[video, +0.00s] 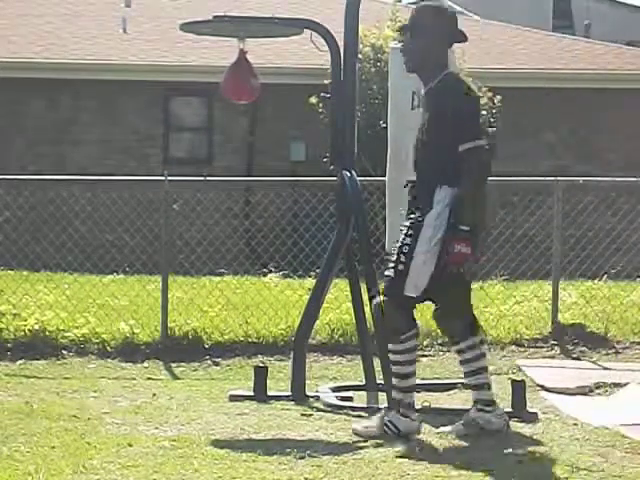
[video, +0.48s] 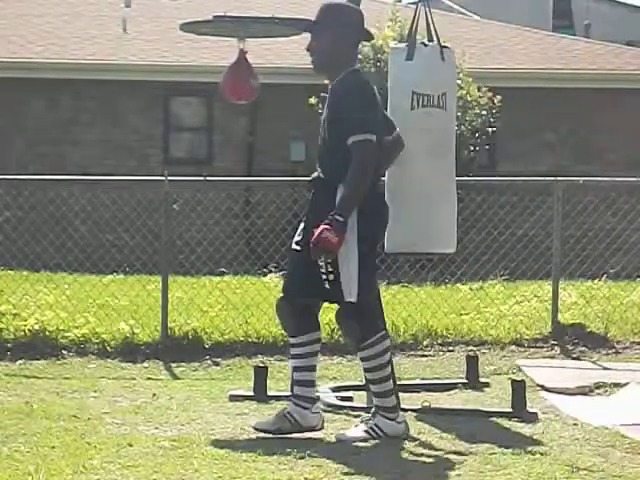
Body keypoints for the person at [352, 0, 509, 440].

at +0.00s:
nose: (403, 45)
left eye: (412, 37)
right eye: (405, 36)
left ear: (437, 44)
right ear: (426, 44)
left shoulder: (454, 95)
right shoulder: (439, 95)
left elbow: (474, 167)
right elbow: (441, 169)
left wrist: (463, 230)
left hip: (436, 214)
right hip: (442, 213)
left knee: (393, 306)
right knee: (455, 313)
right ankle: (486, 409)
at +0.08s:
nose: (390, 50)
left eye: (400, 41)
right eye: (391, 41)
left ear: (427, 47)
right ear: (404, 47)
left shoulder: (439, 98)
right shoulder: (422, 98)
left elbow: (454, 173)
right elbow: (418, 173)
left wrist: (445, 234)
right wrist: (397, 230)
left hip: (420, 218)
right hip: (421, 217)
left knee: (383, 313)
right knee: (435, 314)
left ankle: (390, 415)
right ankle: (482, 406)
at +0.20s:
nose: (364, 49)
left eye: (371, 40)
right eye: (365, 40)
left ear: (397, 43)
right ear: (389, 45)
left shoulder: (408, 93)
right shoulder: (395, 94)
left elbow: (427, 161)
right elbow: (396, 164)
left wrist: (419, 228)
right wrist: (365, 196)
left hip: (397, 213)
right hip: (389, 210)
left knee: (368, 313)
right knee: (374, 312)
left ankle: (389, 417)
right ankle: (448, 383)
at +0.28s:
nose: (346, 51)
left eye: (354, 44)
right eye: (347, 43)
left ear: (378, 48)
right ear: (369, 49)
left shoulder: (390, 94)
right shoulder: (377, 94)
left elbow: (408, 166)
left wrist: (391, 233)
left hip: (384, 216)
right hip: (367, 212)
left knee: (359, 312)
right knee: (327, 306)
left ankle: (388, 418)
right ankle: (409, 371)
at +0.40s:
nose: (325, 47)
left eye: (333, 40)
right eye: (325, 39)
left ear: (357, 43)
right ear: (341, 43)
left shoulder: (367, 87)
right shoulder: (353, 86)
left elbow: (383, 154)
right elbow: (405, 143)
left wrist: (359, 220)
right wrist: (348, 172)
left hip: (367, 208)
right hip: (343, 204)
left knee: (362, 313)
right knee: (302, 299)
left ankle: (389, 416)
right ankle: (345, 391)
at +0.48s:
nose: (309, 42)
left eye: (318, 33)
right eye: (311, 33)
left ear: (343, 40)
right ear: (341, 42)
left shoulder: (351, 87)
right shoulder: (349, 86)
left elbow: (364, 156)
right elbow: (392, 143)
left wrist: (338, 219)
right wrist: (362, 185)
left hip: (352, 215)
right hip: (328, 211)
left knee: (359, 316)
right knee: (296, 306)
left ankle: (388, 417)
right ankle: (304, 408)